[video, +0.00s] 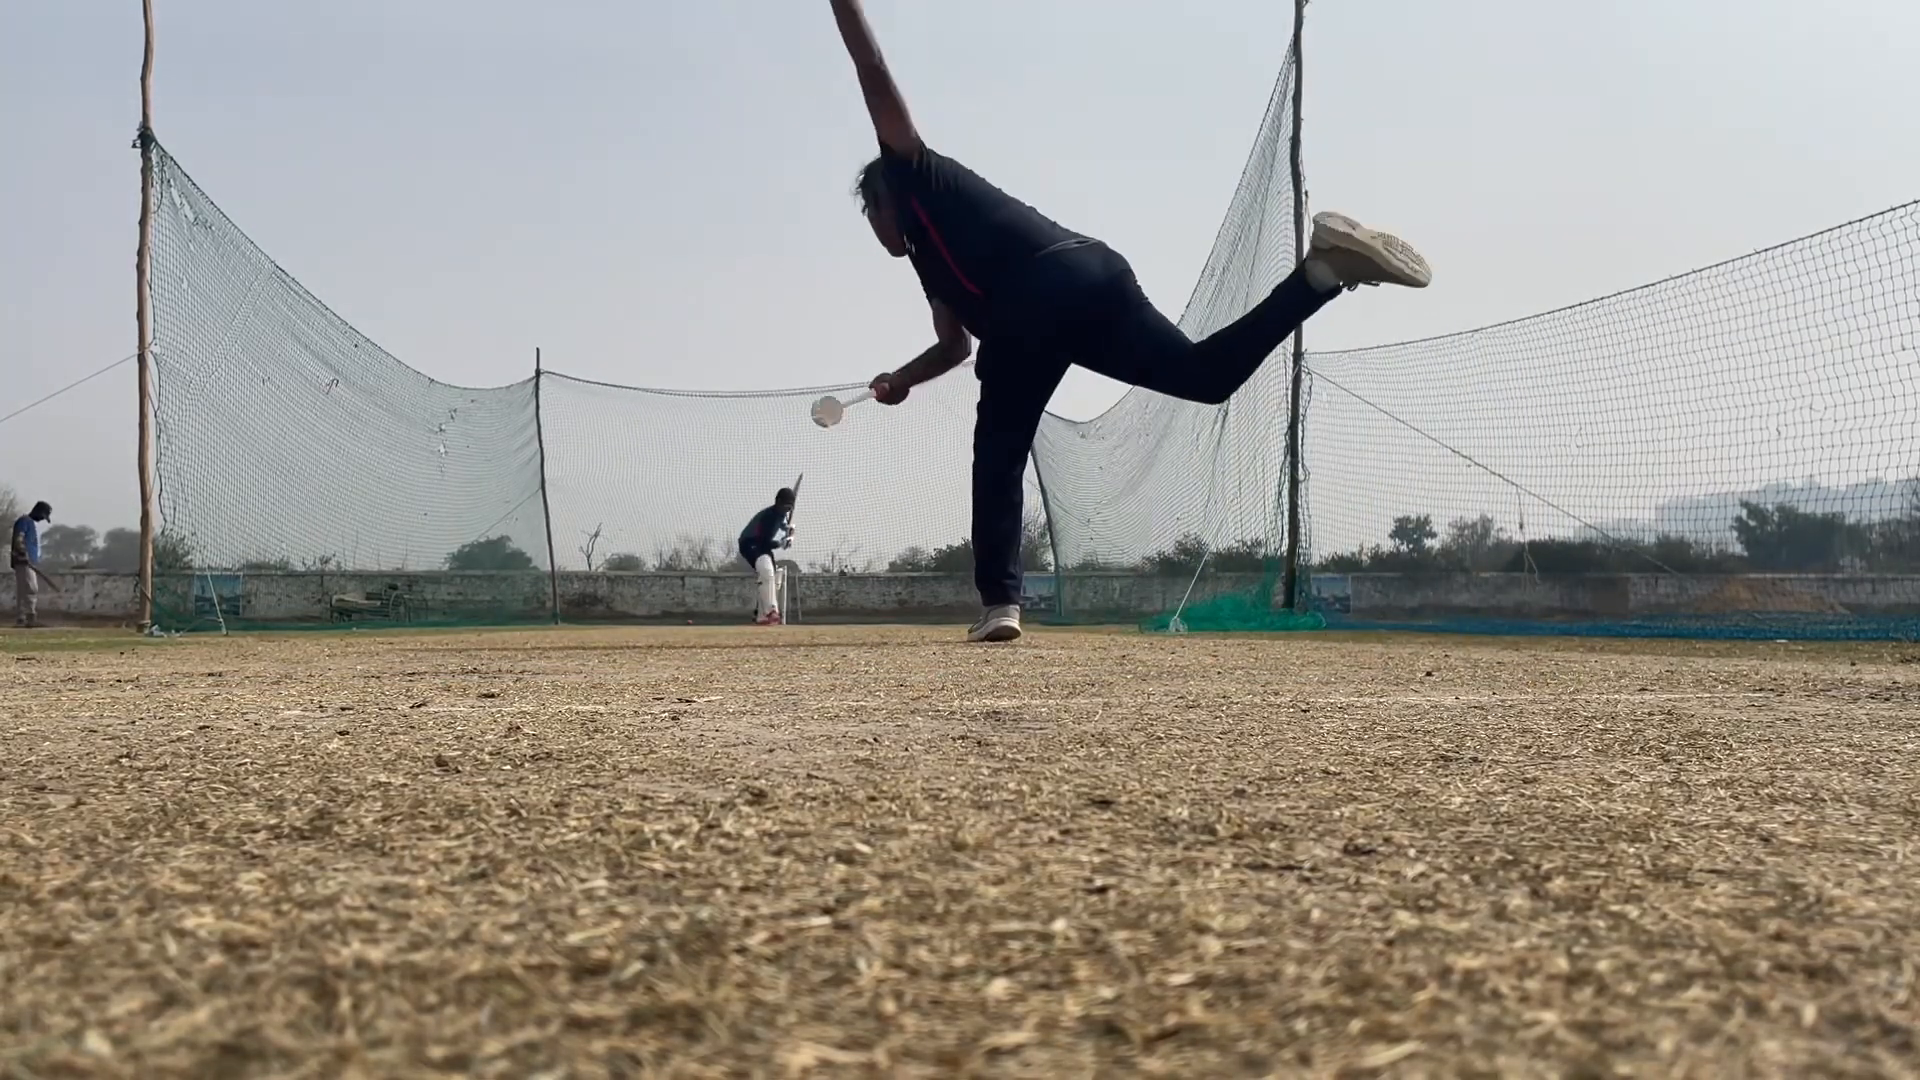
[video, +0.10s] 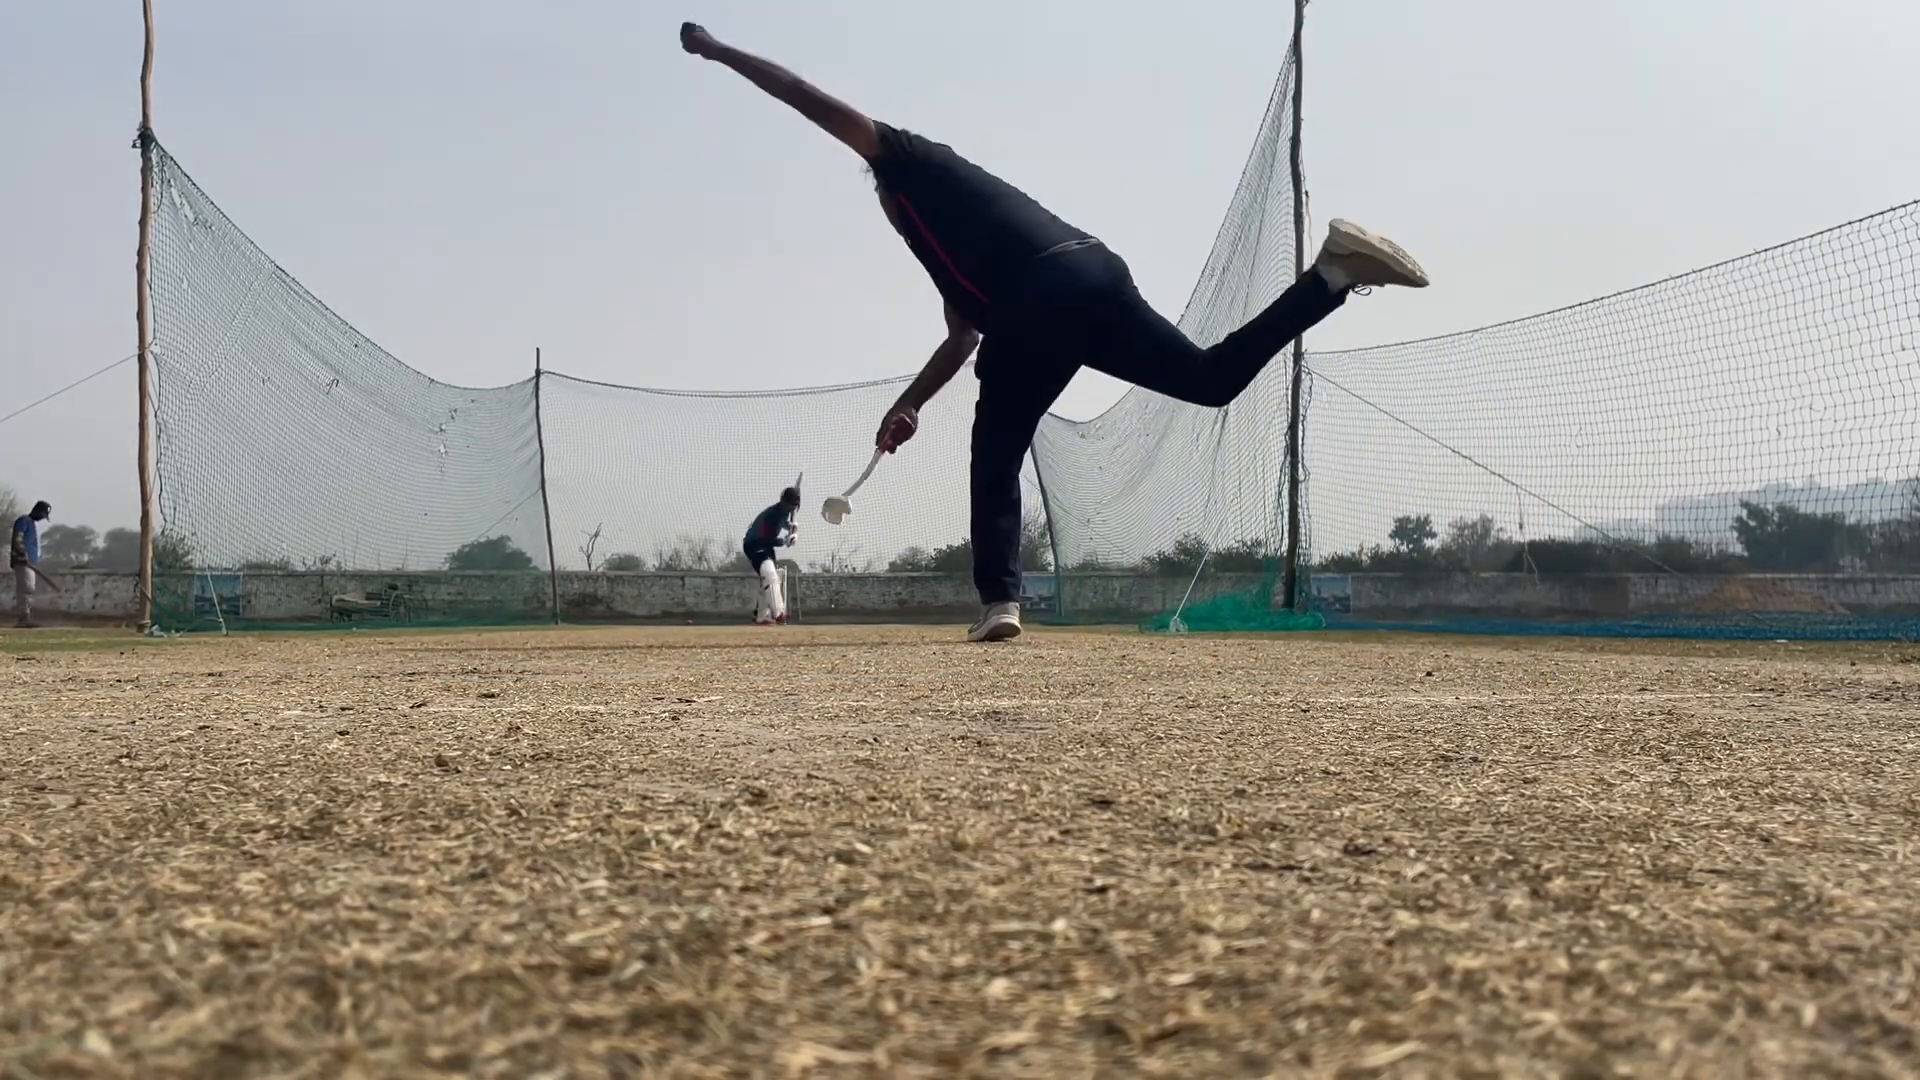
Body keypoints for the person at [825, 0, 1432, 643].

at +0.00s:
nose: (875, 234)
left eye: (871, 216)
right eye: (871, 222)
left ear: (887, 192)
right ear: (898, 209)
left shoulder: (910, 169)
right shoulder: (940, 267)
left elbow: (869, 66)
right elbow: (952, 348)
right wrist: (901, 380)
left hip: (1029, 305)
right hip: (1095, 282)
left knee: (997, 457)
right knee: (1206, 378)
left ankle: (1000, 609)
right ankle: (1324, 271)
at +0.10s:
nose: (884, 206)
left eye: (881, 195)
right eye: (884, 199)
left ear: (892, 181)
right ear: (914, 199)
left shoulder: (913, 161)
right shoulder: (957, 246)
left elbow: (807, 97)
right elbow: (959, 341)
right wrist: (905, 409)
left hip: (1036, 297)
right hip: (1102, 284)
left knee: (995, 450)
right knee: (1212, 379)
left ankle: (1001, 612)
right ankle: (1337, 274)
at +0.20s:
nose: (875, 170)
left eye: (880, 159)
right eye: (882, 163)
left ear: (893, 146)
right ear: (937, 140)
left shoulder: (902, 159)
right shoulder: (977, 180)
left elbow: (804, 191)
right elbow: (1001, 307)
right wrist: (957, 403)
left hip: (1035, 295)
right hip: (1096, 275)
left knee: (994, 458)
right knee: (1171, 403)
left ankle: (1000, 607)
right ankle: (1305, 332)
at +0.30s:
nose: (889, 156)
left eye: (890, 148)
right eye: (892, 148)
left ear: (898, 140)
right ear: (945, 131)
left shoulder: (904, 167)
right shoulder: (981, 163)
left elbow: (842, 264)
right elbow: (1021, 254)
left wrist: (816, 350)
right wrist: (997, 348)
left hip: (1034, 287)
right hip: (1094, 268)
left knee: (995, 449)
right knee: (1114, 419)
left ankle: (1000, 602)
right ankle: (1255, 434)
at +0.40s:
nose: (899, 153)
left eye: (898, 145)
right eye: (901, 145)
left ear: (905, 141)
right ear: (952, 130)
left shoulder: (911, 175)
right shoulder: (991, 159)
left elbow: (914, 277)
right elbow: (1022, 244)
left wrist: (918, 383)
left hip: (1026, 284)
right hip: (1090, 267)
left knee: (995, 452)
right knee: (1089, 418)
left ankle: (998, 601)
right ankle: (1178, 544)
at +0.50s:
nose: (910, 148)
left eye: (910, 140)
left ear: (914, 136)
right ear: (963, 128)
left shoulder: (921, 167)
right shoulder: (1010, 161)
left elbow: (956, 232)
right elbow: (1093, 242)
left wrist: (991, 317)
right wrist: (1123, 326)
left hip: (1029, 291)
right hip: (1092, 279)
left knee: (991, 449)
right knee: (1089, 438)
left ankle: (997, 599)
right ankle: (1110, 595)